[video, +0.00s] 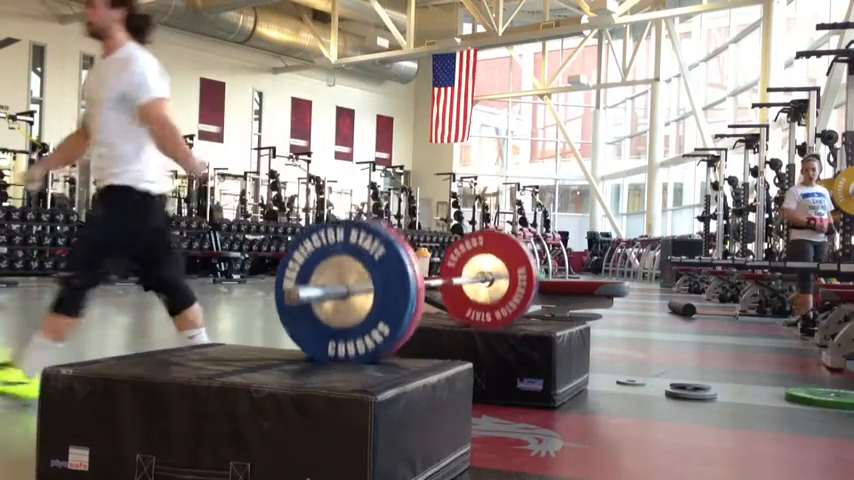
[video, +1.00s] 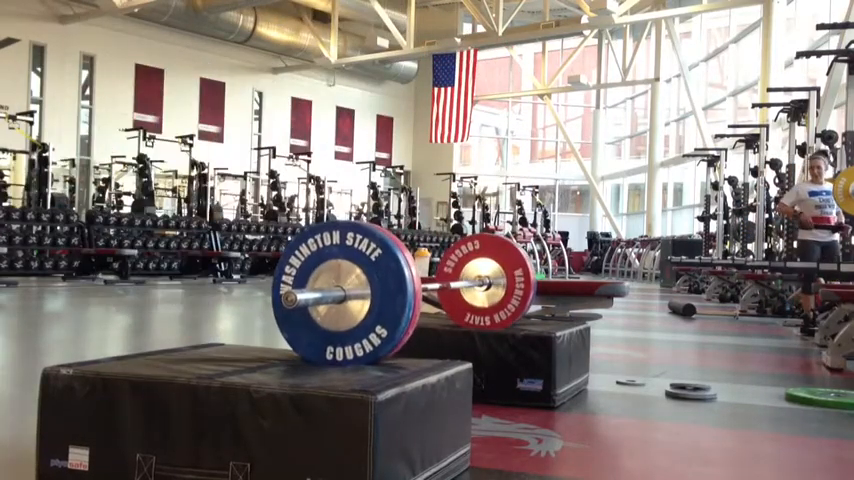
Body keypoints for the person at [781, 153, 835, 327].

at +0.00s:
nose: (810, 172)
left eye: (814, 169)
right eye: (807, 169)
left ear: (819, 171)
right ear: (802, 170)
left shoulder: (823, 191)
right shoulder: (794, 191)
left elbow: (828, 215)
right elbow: (787, 214)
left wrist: (829, 224)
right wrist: (810, 223)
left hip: (820, 239)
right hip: (801, 238)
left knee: (812, 277)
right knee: (806, 277)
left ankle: (803, 315)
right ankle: (808, 317)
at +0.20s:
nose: (810, 172)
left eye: (813, 169)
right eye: (807, 169)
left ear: (819, 171)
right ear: (802, 170)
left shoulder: (825, 190)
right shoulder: (795, 190)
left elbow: (829, 213)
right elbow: (790, 214)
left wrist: (831, 224)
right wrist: (813, 224)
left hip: (823, 238)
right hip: (803, 238)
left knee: (830, 274)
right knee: (807, 277)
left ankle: (821, 311)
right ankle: (808, 318)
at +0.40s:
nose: (809, 171)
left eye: (812, 168)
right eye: (806, 168)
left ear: (819, 170)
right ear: (802, 170)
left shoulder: (826, 190)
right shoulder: (796, 190)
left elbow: (831, 213)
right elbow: (790, 215)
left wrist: (834, 224)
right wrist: (814, 223)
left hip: (825, 238)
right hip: (805, 238)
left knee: (831, 276)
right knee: (807, 278)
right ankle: (809, 318)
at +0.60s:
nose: (809, 172)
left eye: (813, 168)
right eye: (806, 168)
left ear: (820, 169)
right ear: (802, 170)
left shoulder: (827, 189)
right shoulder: (797, 190)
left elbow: (835, 212)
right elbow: (790, 213)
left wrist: (838, 224)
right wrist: (812, 221)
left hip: (827, 238)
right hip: (806, 238)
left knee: (831, 276)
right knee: (808, 278)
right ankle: (809, 318)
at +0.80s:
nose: (813, 171)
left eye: (816, 167)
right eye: (810, 168)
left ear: (822, 169)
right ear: (806, 170)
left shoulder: (830, 189)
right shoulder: (799, 188)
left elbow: (836, 210)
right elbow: (781, 207)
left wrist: (839, 222)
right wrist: (800, 217)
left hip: (829, 237)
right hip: (808, 237)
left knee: (833, 275)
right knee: (809, 277)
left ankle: (801, 295)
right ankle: (809, 318)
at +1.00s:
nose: (816, 171)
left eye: (819, 167)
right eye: (813, 167)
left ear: (825, 169)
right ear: (809, 169)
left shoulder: (833, 188)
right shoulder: (800, 188)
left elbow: (839, 209)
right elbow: (781, 206)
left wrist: (841, 221)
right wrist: (798, 216)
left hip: (831, 238)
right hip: (809, 238)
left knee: (833, 277)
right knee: (809, 277)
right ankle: (809, 318)